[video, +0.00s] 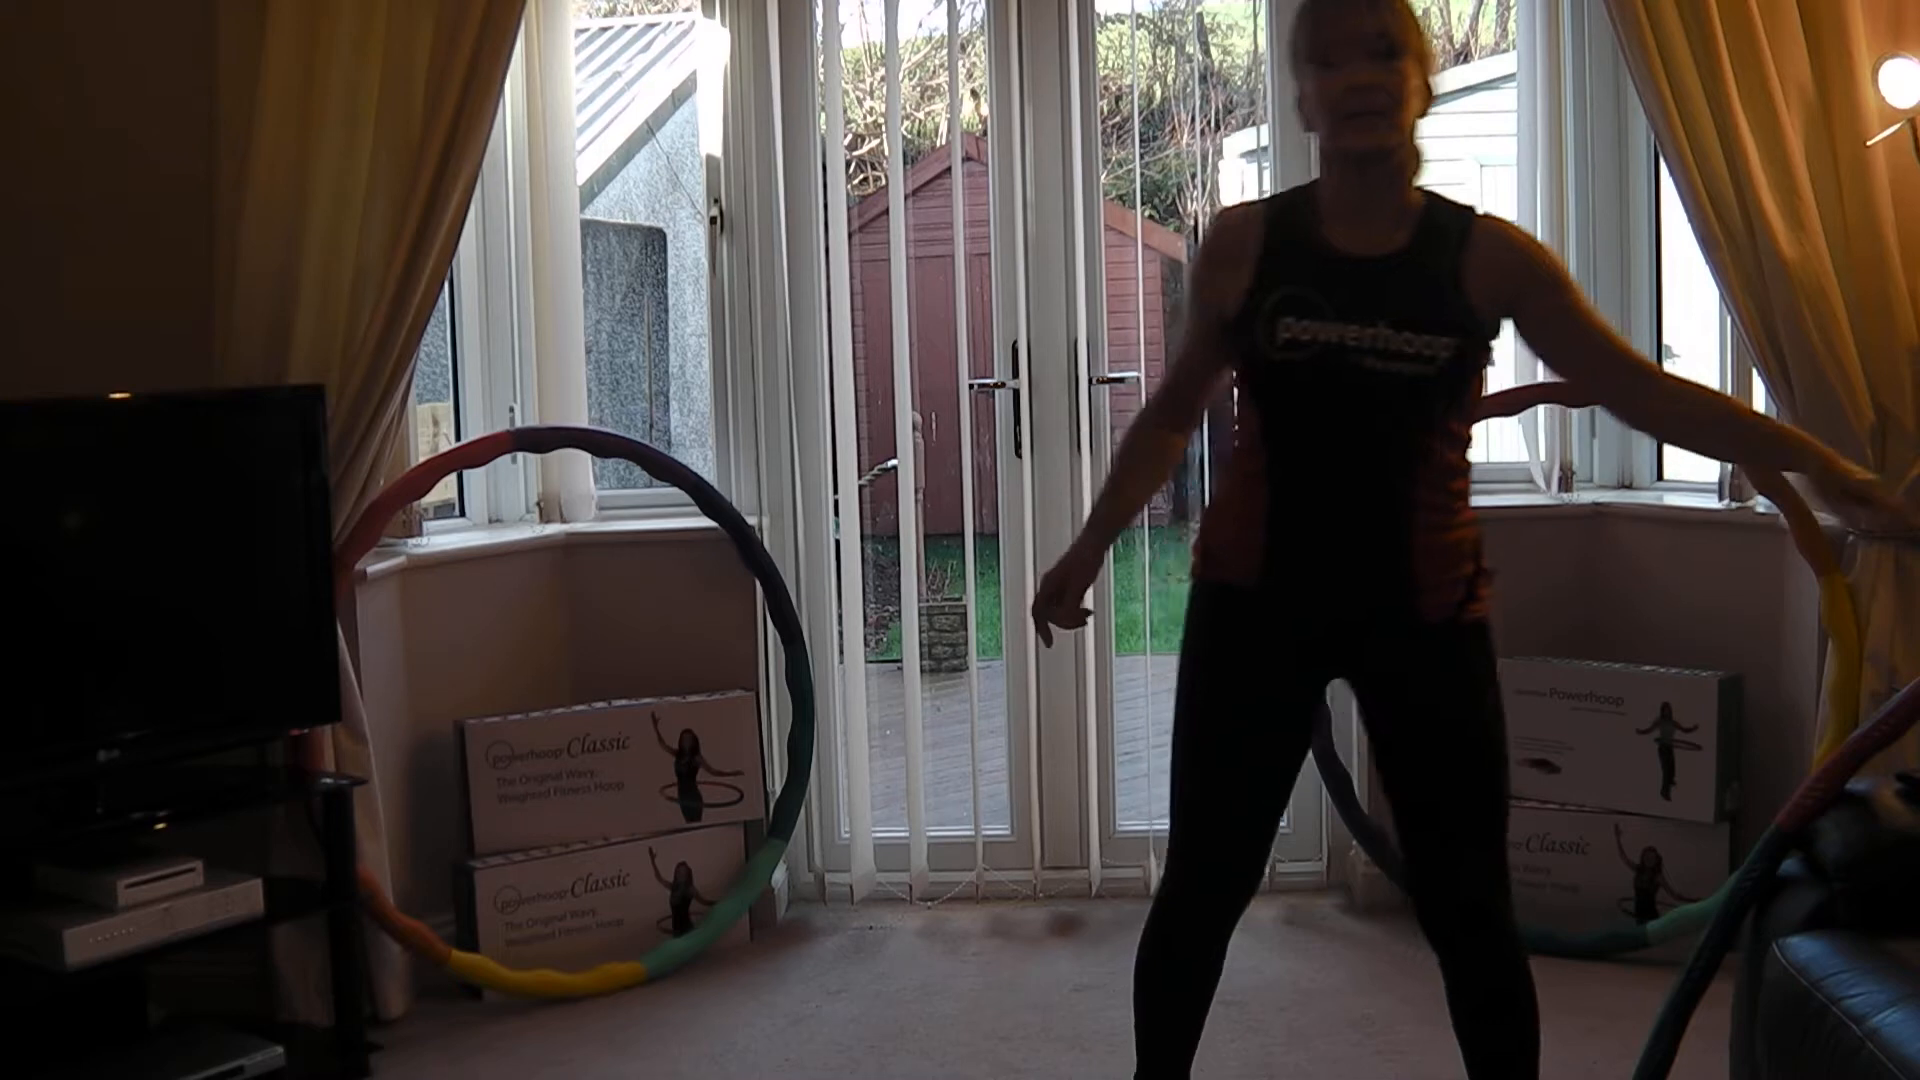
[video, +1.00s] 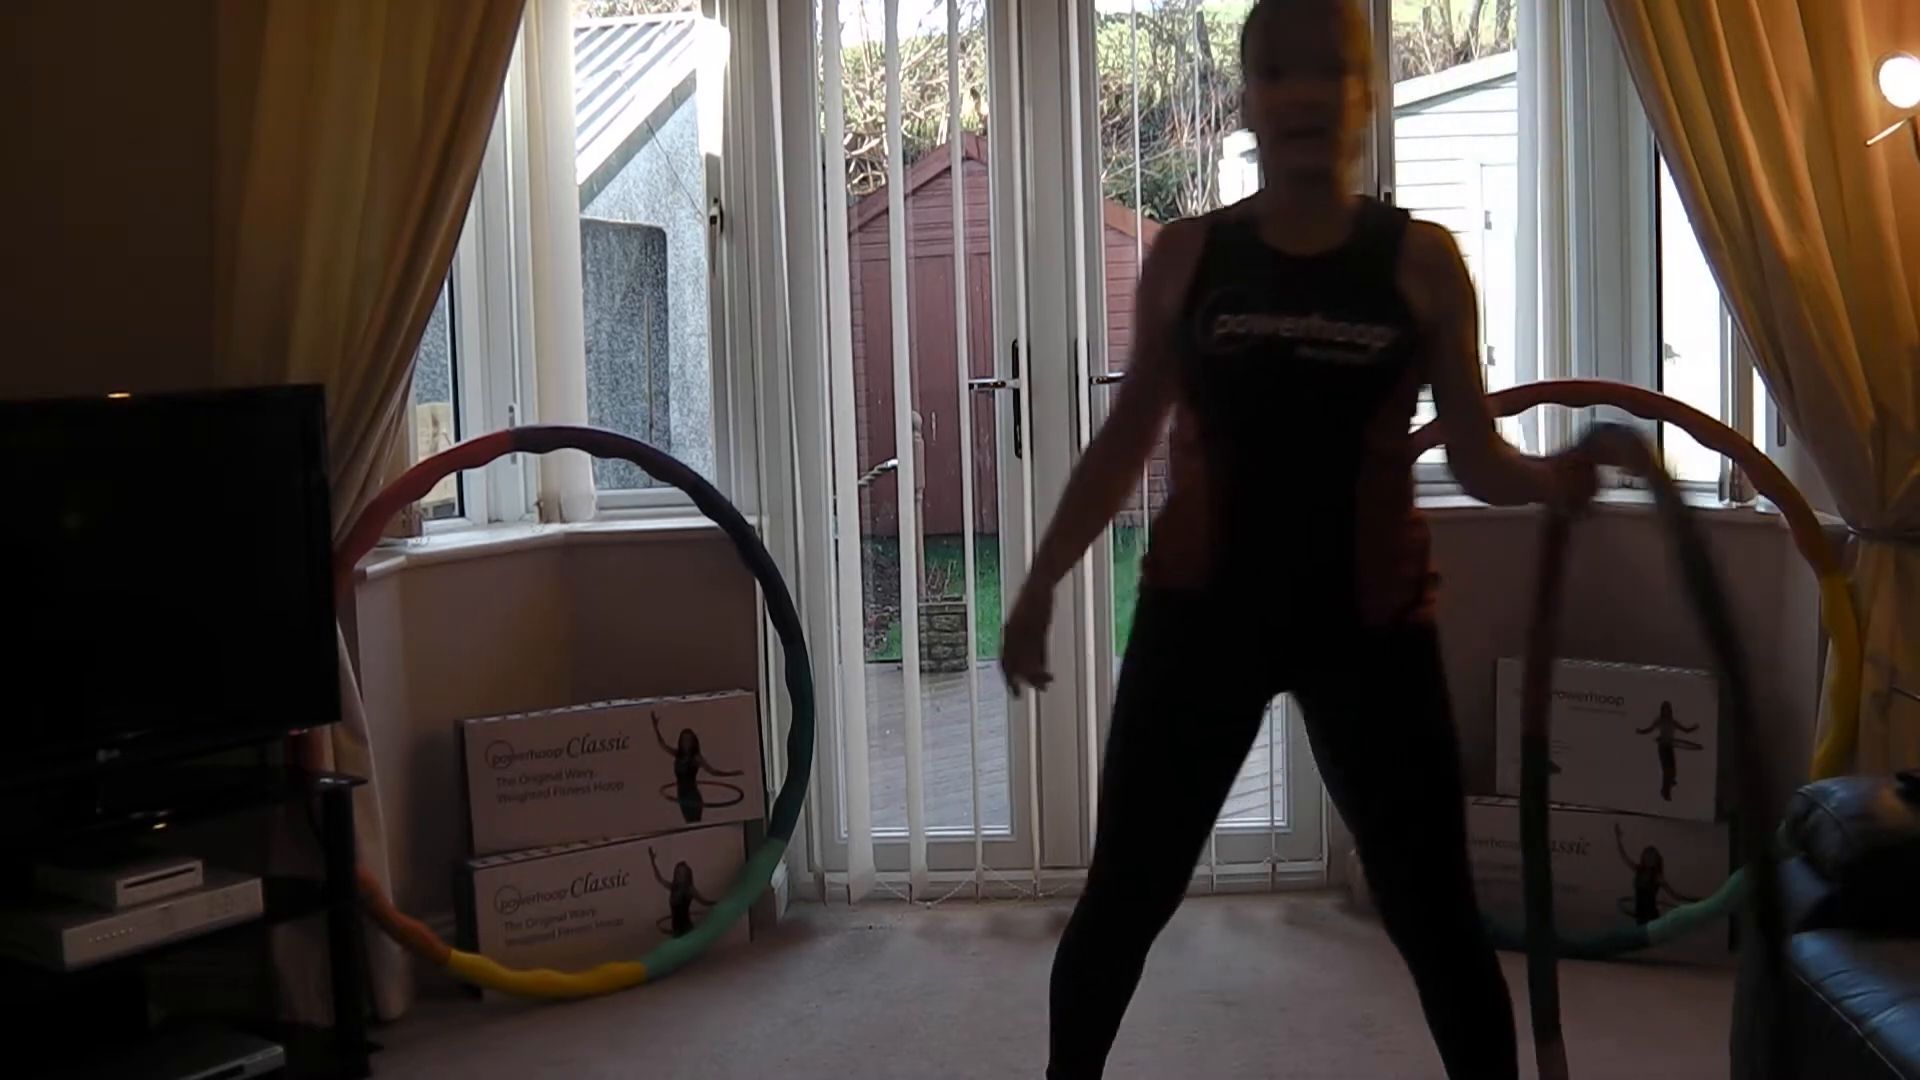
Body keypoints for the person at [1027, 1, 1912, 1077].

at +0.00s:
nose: (1357, 83)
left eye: (1379, 59)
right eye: (1330, 64)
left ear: (1418, 78)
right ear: (1299, 88)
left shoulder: (1490, 258)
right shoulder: (1241, 244)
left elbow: (1642, 391)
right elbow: (1173, 413)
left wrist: (1813, 461)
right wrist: (1085, 550)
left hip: (1420, 615)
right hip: (1254, 607)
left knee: (1470, 912)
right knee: (1199, 893)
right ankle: (1159, 1076)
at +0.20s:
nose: (1457, 66)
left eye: (1487, 39)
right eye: (1430, 42)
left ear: (1533, 73)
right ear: (1402, 72)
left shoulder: (1589, 261)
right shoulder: (1337, 214)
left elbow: (1731, 392)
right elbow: (1272, 377)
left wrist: (1892, 489)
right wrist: (1170, 522)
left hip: (1473, 607)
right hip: (1311, 583)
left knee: (1488, 906)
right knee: (1237, 867)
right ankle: (1186, 1073)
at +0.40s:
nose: (1498, 68)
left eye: (1530, 44)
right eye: (1473, 43)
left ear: (1580, 78)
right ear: (1445, 70)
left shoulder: (1623, 272)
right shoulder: (1372, 211)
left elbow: (1767, 433)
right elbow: (1300, 365)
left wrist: (1905, 536)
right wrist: (1197, 501)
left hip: (1491, 603)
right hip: (1331, 574)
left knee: (1497, 905)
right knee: (1249, 846)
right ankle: (1190, 1063)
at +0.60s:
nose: (1492, 74)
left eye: (1524, 49)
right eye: (1468, 48)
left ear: (1574, 79)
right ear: (1440, 72)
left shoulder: (1614, 271)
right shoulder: (1366, 210)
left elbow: (1733, 452)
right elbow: (1288, 362)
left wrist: (1889, 570)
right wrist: (1181, 499)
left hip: (1481, 601)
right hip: (1321, 572)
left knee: (1494, 908)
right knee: (1226, 844)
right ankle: (1162, 1057)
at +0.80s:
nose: (1429, 76)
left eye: (1458, 52)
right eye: (1404, 52)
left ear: (1503, 82)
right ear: (1377, 76)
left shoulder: (1553, 260)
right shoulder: (1311, 222)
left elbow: (1634, 448)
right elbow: (1236, 391)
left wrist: (1759, 533)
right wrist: (1137, 537)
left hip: (1450, 602)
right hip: (1285, 584)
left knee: (1480, 906)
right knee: (1184, 857)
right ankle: (1100, 1066)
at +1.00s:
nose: (1307, 96)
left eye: (1333, 71)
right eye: (1279, 70)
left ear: (1367, 90)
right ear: (1244, 93)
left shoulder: (1423, 261)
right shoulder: (1187, 254)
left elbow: (1476, 450)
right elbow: (1129, 435)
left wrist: (1545, 478)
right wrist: (1037, 585)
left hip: (1366, 618)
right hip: (1202, 613)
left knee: (1434, 912)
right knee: (1126, 895)